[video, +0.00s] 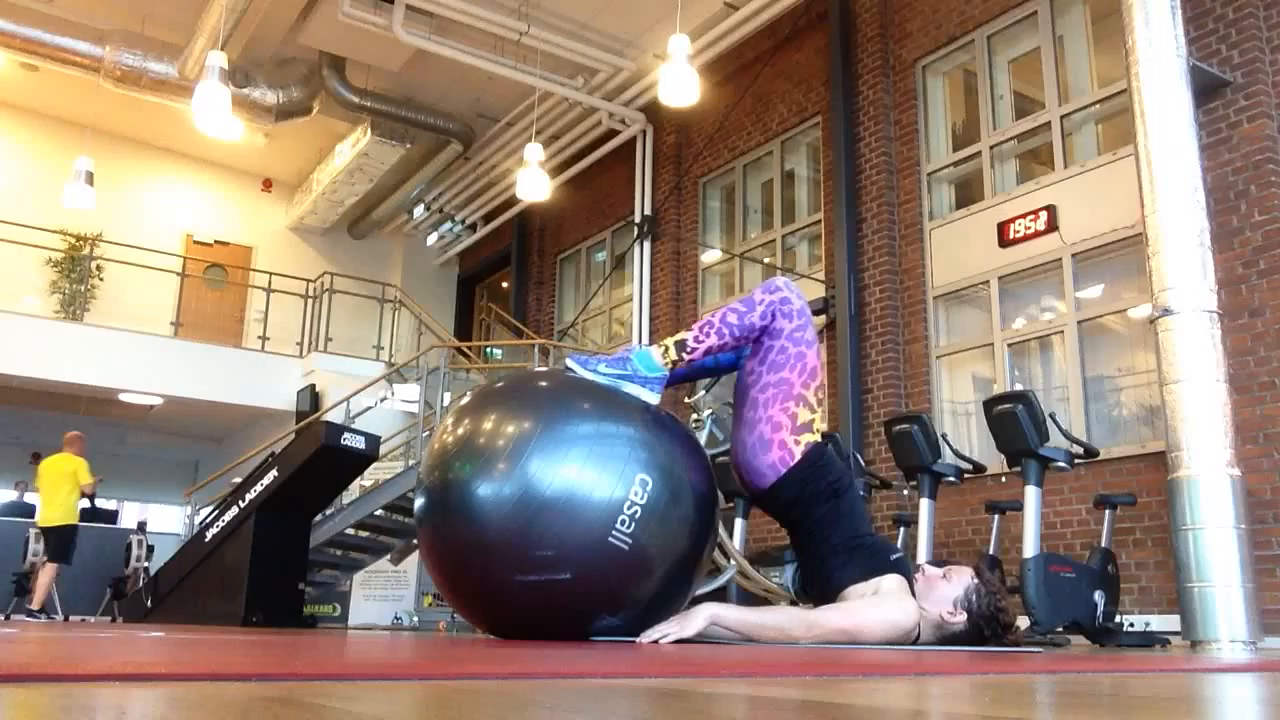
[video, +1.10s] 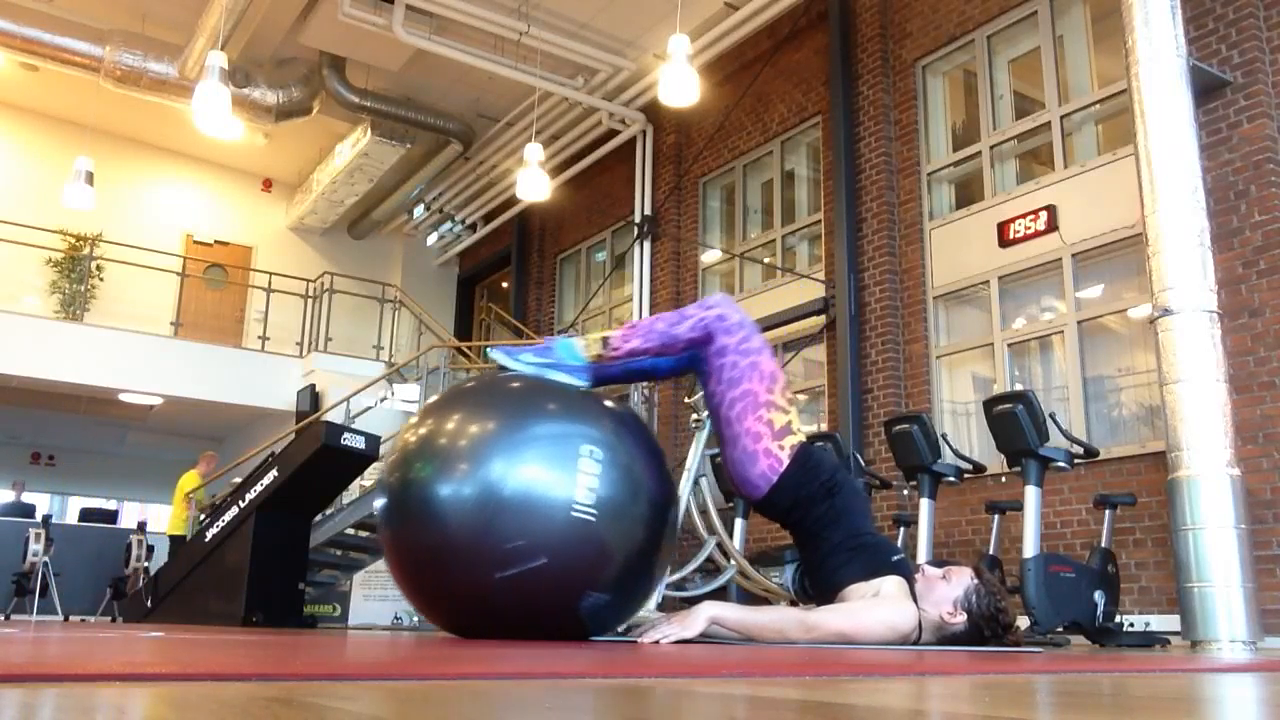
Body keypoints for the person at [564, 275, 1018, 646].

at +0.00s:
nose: (934, 564)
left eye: (946, 576)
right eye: (948, 567)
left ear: (947, 612)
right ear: (945, 611)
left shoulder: (894, 611)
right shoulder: (903, 603)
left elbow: (807, 626)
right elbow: (808, 623)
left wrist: (713, 615)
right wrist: (721, 616)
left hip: (779, 461)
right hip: (802, 458)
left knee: (782, 297)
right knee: (787, 303)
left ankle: (649, 368)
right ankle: (658, 373)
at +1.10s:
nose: (945, 567)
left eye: (953, 579)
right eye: (959, 570)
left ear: (947, 612)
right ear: (946, 597)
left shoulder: (894, 614)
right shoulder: (896, 598)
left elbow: (796, 628)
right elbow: (797, 624)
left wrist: (709, 615)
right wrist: (716, 618)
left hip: (771, 471)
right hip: (792, 461)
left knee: (720, 318)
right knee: (725, 320)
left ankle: (579, 360)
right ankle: (587, 365)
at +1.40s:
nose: (941, 569)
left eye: (952, 582)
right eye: (954, 572)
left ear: (945, 616)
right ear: (946, 607)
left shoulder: (890, 610)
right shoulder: (889, 593)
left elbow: (802, 624)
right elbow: (800, 619)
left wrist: (706, 615)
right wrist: (712, 617)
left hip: (758, 484)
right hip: (773, 469)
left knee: (657, 363)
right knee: (659, 361)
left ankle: (502, 363)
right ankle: (514, 366)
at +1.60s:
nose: (938, 570)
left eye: (950, 582)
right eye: (951, 572)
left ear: (944, 617)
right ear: (944, 596)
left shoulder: (890, 611)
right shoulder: (887, 592)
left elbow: (798, 624)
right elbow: (798, 621)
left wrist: (705, 615)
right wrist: (710, 621)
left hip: (749, 486)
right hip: (764, 471)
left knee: (641, 378)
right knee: (649, 379)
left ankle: (487, 367)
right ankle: (521, 395)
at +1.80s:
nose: (937, 569)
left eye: (949, 581)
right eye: (950, 570)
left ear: (945, 617)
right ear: (944, 602)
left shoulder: (890, 610)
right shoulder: (887, 593)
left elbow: (802, 625)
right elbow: (799, 621)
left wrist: (704, 615)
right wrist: (711, 619)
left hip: (748, 484)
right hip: (762, 471)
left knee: (646, 371)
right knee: (653, 371)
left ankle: (489, 363)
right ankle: (516, 383)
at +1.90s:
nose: (937, 569)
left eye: (949, 581)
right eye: (949, 569)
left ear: (947, 618)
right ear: (941, 597)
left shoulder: (891, 611)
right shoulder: (888, 594)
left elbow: (803, 626)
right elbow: (800, 622)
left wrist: (705, 615)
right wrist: (709, 619)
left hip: (751, 482)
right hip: (763, 470)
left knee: (658, 352)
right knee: (658, 359)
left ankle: (506, 368)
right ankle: (516, 374)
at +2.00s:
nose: (937, 569)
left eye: (949, 582)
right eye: (950, 569)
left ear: (946, 617)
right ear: (943, 603)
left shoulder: (893, 607)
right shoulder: (891, 593)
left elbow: (806, 626)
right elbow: (804, 620)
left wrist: (705, 613)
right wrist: (714, 617)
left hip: (751, 483)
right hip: (765, 472)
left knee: (679, 333)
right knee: (683, 345)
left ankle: (530, 364)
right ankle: (553, 386)